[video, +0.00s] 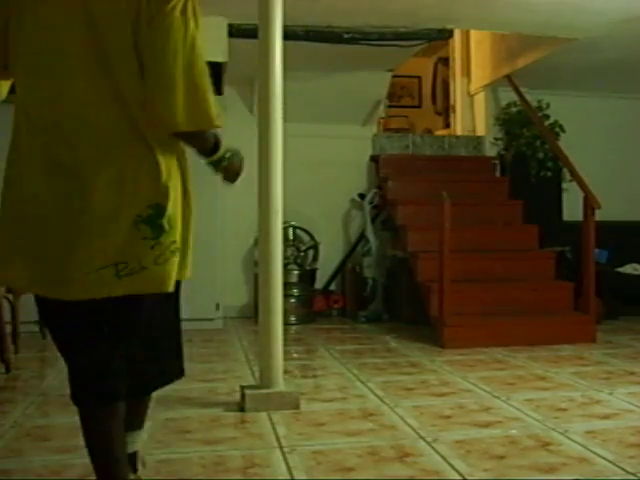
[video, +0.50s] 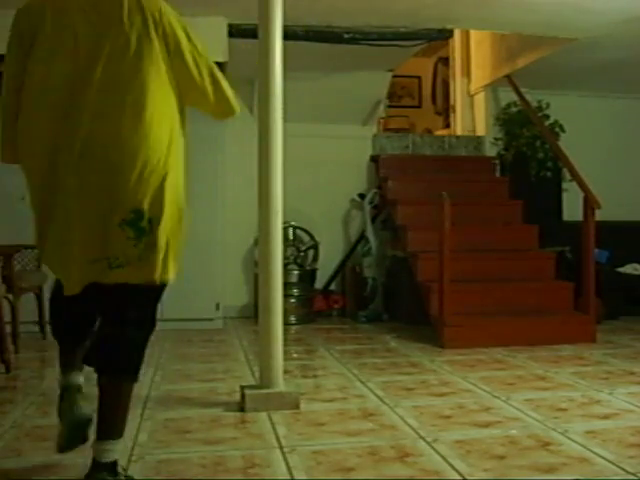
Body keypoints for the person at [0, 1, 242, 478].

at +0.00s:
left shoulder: (24, 12)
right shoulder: (162, 6)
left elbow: (7, 72)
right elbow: (178, 105)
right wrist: (220, 153)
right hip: (134, 213)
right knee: (141, 348)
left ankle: (112, 471)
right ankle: (127, 458)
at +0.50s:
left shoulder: (33, 13)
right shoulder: (148, 9)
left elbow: (9, 118)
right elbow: (213, 93)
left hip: (64, 175)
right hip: (142, 176)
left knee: (73, 285)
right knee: (127, 319)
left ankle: (71, 384)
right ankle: (106, 460)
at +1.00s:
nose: (117, 8)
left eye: (111, 4)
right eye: (117, 3)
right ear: (115, 2)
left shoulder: (37, 44)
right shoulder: (132, 49)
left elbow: (19, 131)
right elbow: (166, 139)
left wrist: (67, 122)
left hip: (63, 204)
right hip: (126, 199)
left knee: (78, 323)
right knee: (143, 276)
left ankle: (90, 435)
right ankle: (129, 353)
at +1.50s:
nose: (128, 40)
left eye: (117, 32)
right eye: (130, 33)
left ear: (92, 31)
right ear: (130, 34)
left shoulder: (63, 74)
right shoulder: (140, 81)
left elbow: (36, 120)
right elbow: (149, 156)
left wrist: (75, 66)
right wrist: (192, 185)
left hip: (74, 217)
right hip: (130, 221)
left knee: (85, 275)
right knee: (118, 309)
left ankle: (80, 321)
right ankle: (95, 403)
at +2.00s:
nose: (159, 66)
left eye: (146, 60)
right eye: (160, 60)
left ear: (129, 66)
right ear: (163, 62)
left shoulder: (113, 107)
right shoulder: (184, 96)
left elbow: (70, 157)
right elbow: (226, 80)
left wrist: (66, 114)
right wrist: (212, 36)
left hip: (128, 218)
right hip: (176, 216)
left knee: (145, 299)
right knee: (168, 293)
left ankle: (165, 375)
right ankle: (115, 359)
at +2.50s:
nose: (218, 68)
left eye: (206, 66)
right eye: (220, 62)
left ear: (193, 69)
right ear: (225, 64)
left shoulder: (181, 107)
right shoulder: (246, 90)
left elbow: (150, 147)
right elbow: (285, 57)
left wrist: (140, 111)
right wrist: (258, 15)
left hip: (192, 216)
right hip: (233, 212)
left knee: (212, 295)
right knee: (185, 288)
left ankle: (236, 366)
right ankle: (135, 359)